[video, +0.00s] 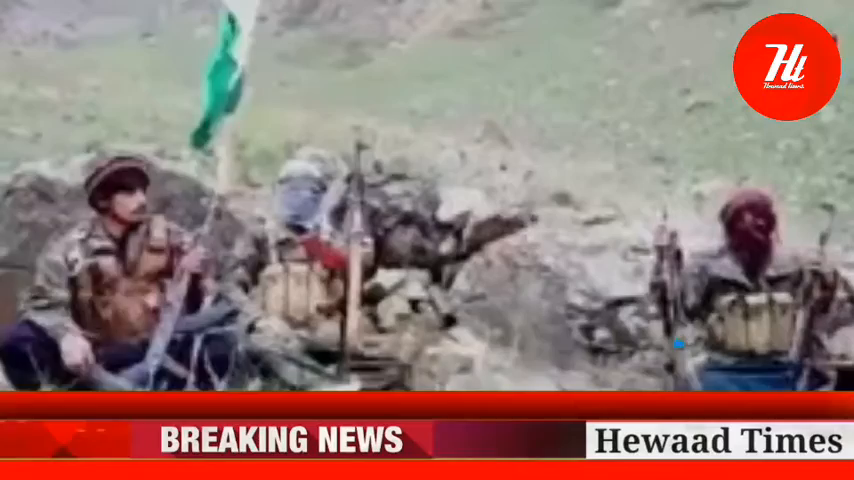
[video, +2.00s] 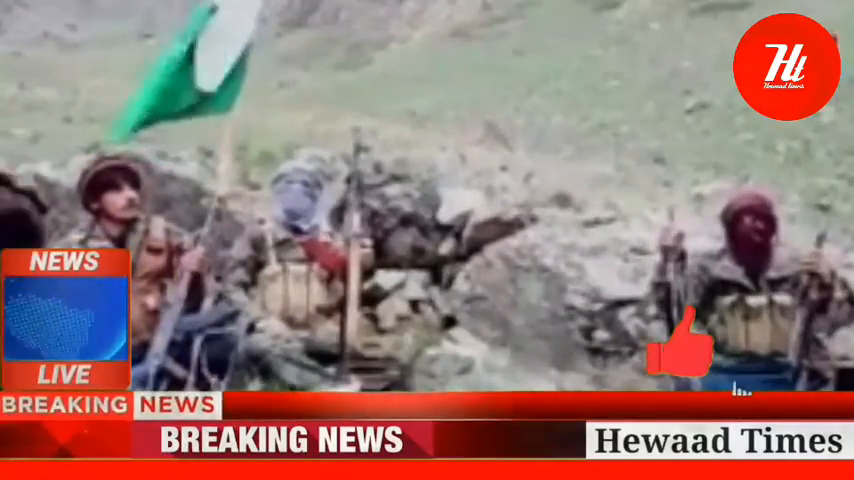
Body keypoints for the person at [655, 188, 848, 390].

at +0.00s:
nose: (754, 222)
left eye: (761, 214)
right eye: (743, 214)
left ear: (772, 224)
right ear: (731, 226)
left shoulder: (792, 269)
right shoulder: (706, 269)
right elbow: (683, 312)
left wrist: (827, 292)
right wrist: (668, 267)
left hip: (782, 369)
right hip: (722, 371)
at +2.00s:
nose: (758, 225)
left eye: (765, 219)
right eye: (749, 217)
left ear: (774, 228)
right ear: (731, 225)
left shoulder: (795, 269)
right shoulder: (706, 268)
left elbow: (824, 323)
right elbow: (675, 317)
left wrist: (826, 286)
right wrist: (669, 265)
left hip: (782, 371)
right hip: (721, 371)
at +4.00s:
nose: (763, 225)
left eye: (767, 218)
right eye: (753, 217)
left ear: (773, 226)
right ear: (731, 224)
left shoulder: (795, 269)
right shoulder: (703, 268)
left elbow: (837, 318)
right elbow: (674, 312)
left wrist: (826, 289)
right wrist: (665, 267)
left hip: (786, 376)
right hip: (719, 377)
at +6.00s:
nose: (746, 238)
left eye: (754, 228)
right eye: (736, 230)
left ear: (765, 234)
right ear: (719, 235)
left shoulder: (783, 275)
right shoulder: (687, 277)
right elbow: (676, 338)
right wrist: (722, 371)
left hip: (780, 370)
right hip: (723, 374)